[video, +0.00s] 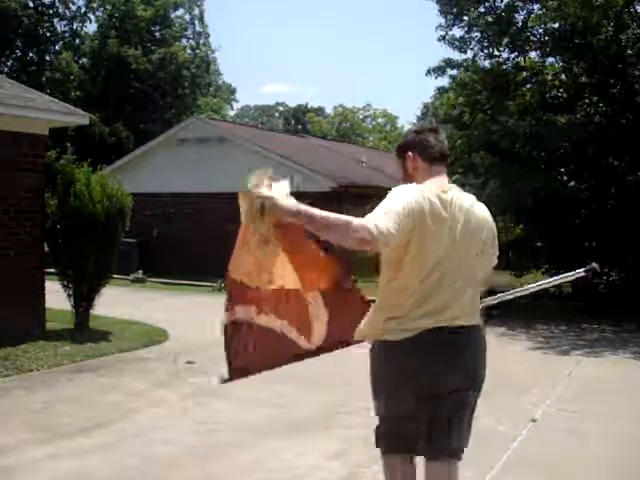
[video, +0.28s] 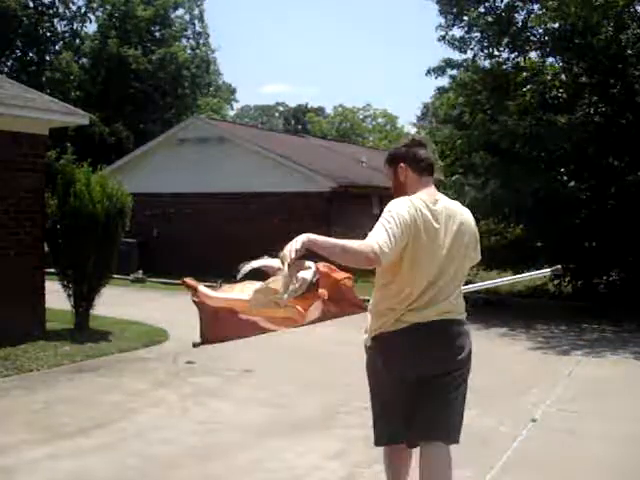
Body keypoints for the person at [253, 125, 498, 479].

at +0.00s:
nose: (402, 174)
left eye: (402, 165)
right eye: (401, 166)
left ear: (412, 160)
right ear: (446, 162)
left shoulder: (408, 199)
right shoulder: (481, 214)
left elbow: (368, 235)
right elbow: (484, 273)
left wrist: (290, 208)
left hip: (403, 346)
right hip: (464, 346)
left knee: (398, 450)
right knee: (445, 454)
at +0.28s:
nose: (392, 184)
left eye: (391, 176)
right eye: (392, 176)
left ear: (402, 171)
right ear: (430, 172)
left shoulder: (401, 209)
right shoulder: (463, 215)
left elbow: (372, 255)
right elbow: (468, 262)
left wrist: (308, 240)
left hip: (396, 341)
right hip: (450, 338)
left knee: (397, 445)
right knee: (437, 442)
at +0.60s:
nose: (389, 178)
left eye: (391, 172)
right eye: (391, 171)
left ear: (398, 174)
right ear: (425, 175)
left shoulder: (377, 215)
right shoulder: (448, 215)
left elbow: (349, 263)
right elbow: (453, 247)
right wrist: (429, 207)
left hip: (392, 323)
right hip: (436, 322)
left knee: (395, 412)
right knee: (421, 396)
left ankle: (400, 475)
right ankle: (416, 463)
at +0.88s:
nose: (391, 181)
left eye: (393, 177)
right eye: (393, 176)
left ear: (399, 180)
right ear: (425, 181)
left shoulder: (379, 215)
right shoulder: (443, 215)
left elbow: (353, 255)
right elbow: (443, 244)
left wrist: (339, 232)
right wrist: (401, 200)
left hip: (385, 312)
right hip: (431, 309)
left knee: (382, 390)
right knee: (419, 387)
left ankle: (397, 453)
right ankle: (417, 459)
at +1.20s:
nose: (377, 189)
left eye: (378, 184)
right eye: (380, 184)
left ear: (383, 187)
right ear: (406, 188)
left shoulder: (365, 221)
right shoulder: (419, 221)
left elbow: (337, 249)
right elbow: (410, 249)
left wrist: (325, 225)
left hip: (370, 312)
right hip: (411, 311)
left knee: (373, 375)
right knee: (410, 379)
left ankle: (376, 429)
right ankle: (415, 441)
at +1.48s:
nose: (363, 187)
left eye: (364, 183)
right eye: (365, 182)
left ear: (370, 185)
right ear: (388, 186)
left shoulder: (358, 219)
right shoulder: (397, 215)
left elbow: (332, 249)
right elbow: (376, 241)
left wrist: (321, 226)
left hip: (363, 296)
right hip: (390, 294)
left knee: (365, 359)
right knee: (373, 353)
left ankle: (376, 424)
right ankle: (386, 407)